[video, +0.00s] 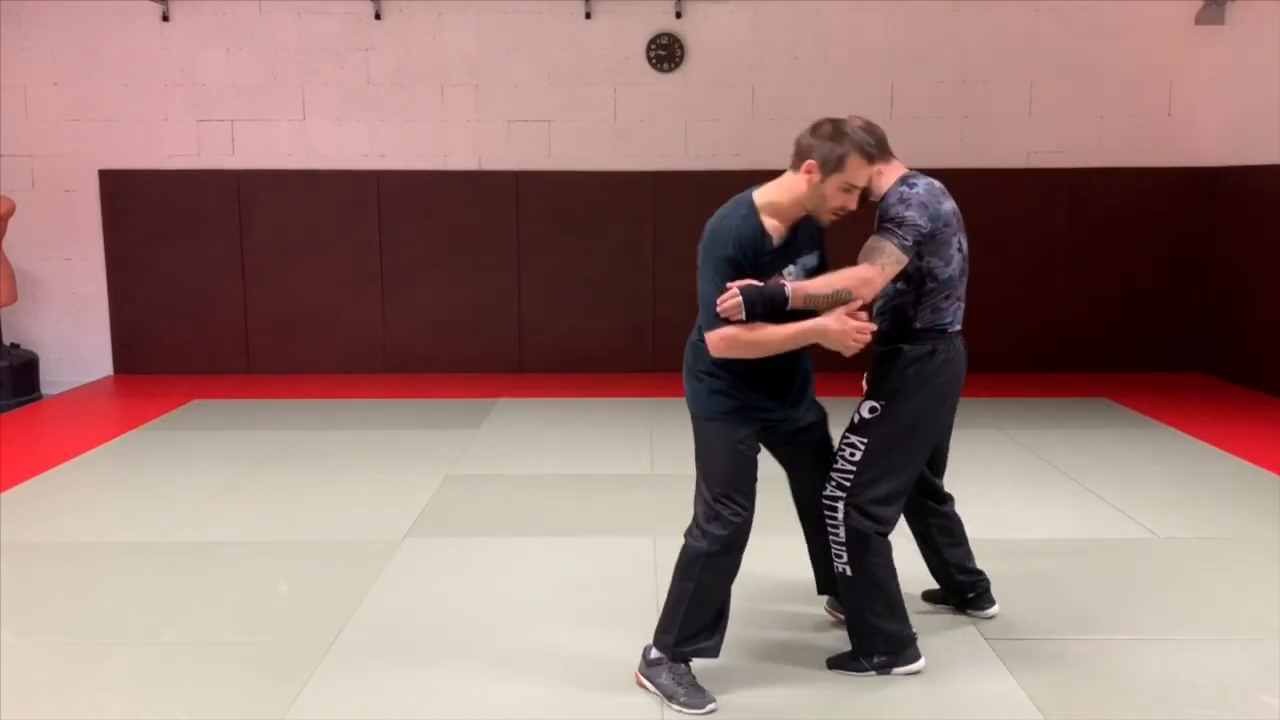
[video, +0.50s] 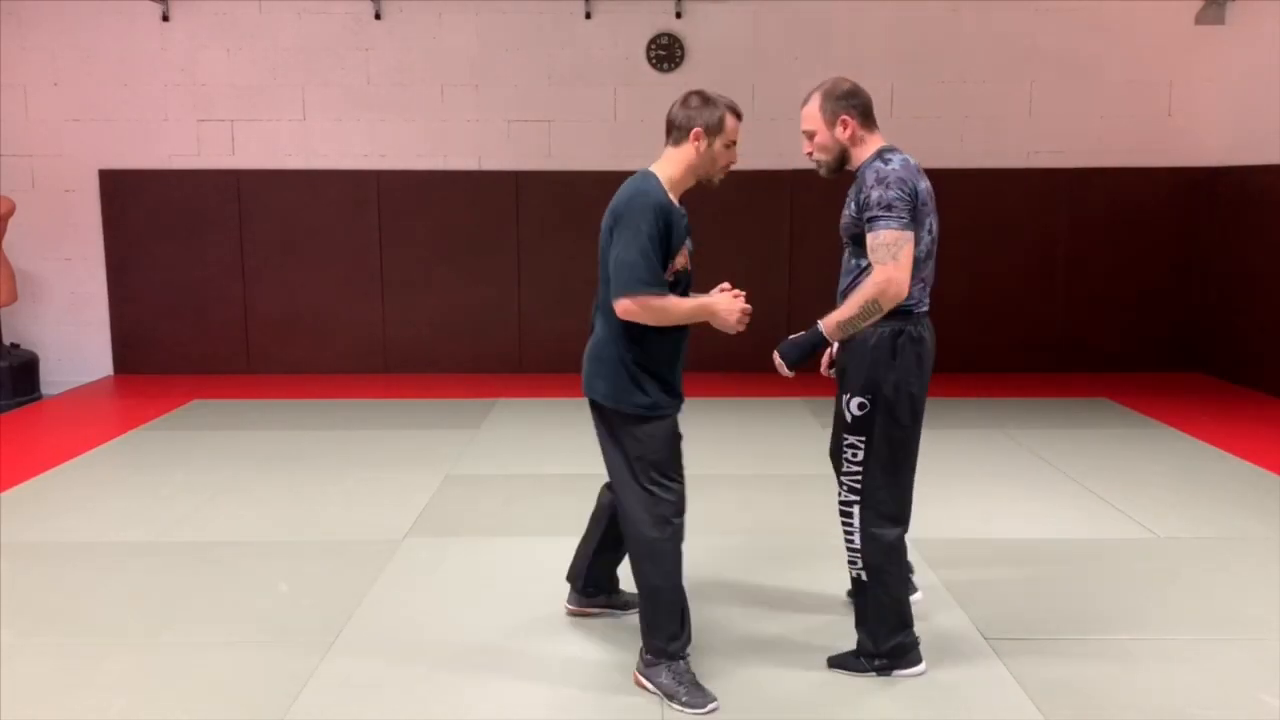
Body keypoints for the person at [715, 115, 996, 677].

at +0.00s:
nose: (845, 192)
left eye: (843, 179)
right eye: (838, 180)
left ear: (857, 163)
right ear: (885, 149)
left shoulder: (911, 202)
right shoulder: (920, 193)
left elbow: (865, 281)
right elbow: (881, 286)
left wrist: (771, 296)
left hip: (915, 366)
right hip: (933, 361)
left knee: (847, 500)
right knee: (920, 484)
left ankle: (886, 646)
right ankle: (967, 587)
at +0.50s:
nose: (807, 146)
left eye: (812, 133)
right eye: (806, 134)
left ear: (848, 126)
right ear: (850, 127)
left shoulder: (884, 179)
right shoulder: (879, 174)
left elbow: (890, 281)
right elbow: (883, 278)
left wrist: (810, 336)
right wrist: (840, 338)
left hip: (886, 346)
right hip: (882, 343)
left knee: (865, 491)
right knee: (868, 481)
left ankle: (888, 645)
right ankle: (888, 584)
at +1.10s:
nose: (780, 146)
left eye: (786, 134)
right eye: (777, 134)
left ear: (823, 128)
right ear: (822, 130)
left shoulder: (864, 181)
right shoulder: (837, 180)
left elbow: (836, 281)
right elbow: (824, 274)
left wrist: (738, 288)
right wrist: (782, 331)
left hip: (848, 343)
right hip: (835, 339)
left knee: (817, 490)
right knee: (850, 474)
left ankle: (808, 642)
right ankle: (865, 587)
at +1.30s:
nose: (760, 146)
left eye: (765, 133)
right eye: (758, 134)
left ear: (800, 128)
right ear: (804, 127)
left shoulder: (829, 183)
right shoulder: (841, 172)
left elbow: (762, 269)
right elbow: (828, 270)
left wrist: (679, 253)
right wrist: (783, 328)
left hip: (822, 343)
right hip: (833, 338)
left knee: (802, 493)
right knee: (829, 475)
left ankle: (807, 643)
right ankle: (857, 580)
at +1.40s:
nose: (748, 148)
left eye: (752, 135)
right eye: (746, 136)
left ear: (786, 128)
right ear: (795, 128)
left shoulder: (812, 183)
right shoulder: (844, 173)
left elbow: (728, 264)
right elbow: (825, 271)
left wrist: (653, 232)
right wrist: (790, 332)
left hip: (815, 343)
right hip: (835, 338)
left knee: (797, 491)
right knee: (822, 471)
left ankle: (808, 642)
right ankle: (850, 573)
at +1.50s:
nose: (739, 150)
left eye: (742, 137)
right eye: (737, 138)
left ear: (773, 128)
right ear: (790, 127)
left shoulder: (789, 185)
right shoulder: (846, 174)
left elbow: (701, 257)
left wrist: (627, 232)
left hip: (805, 344)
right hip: (840, 339)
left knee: (791, 491)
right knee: (816, 472)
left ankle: (808, 642)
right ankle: (837, 569)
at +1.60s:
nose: (727, 151)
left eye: (730, 139)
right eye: (725, 139)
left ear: (761, 130)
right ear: (778, 129)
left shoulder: (772, 184)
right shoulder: (841, 177)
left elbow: (672, 246)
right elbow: (850, 277)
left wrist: (590, 241)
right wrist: (822, 330)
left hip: (796, 345)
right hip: (833, 338)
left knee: (787, 489)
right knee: (814, 476)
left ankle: (808, 644)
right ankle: (814, 577)